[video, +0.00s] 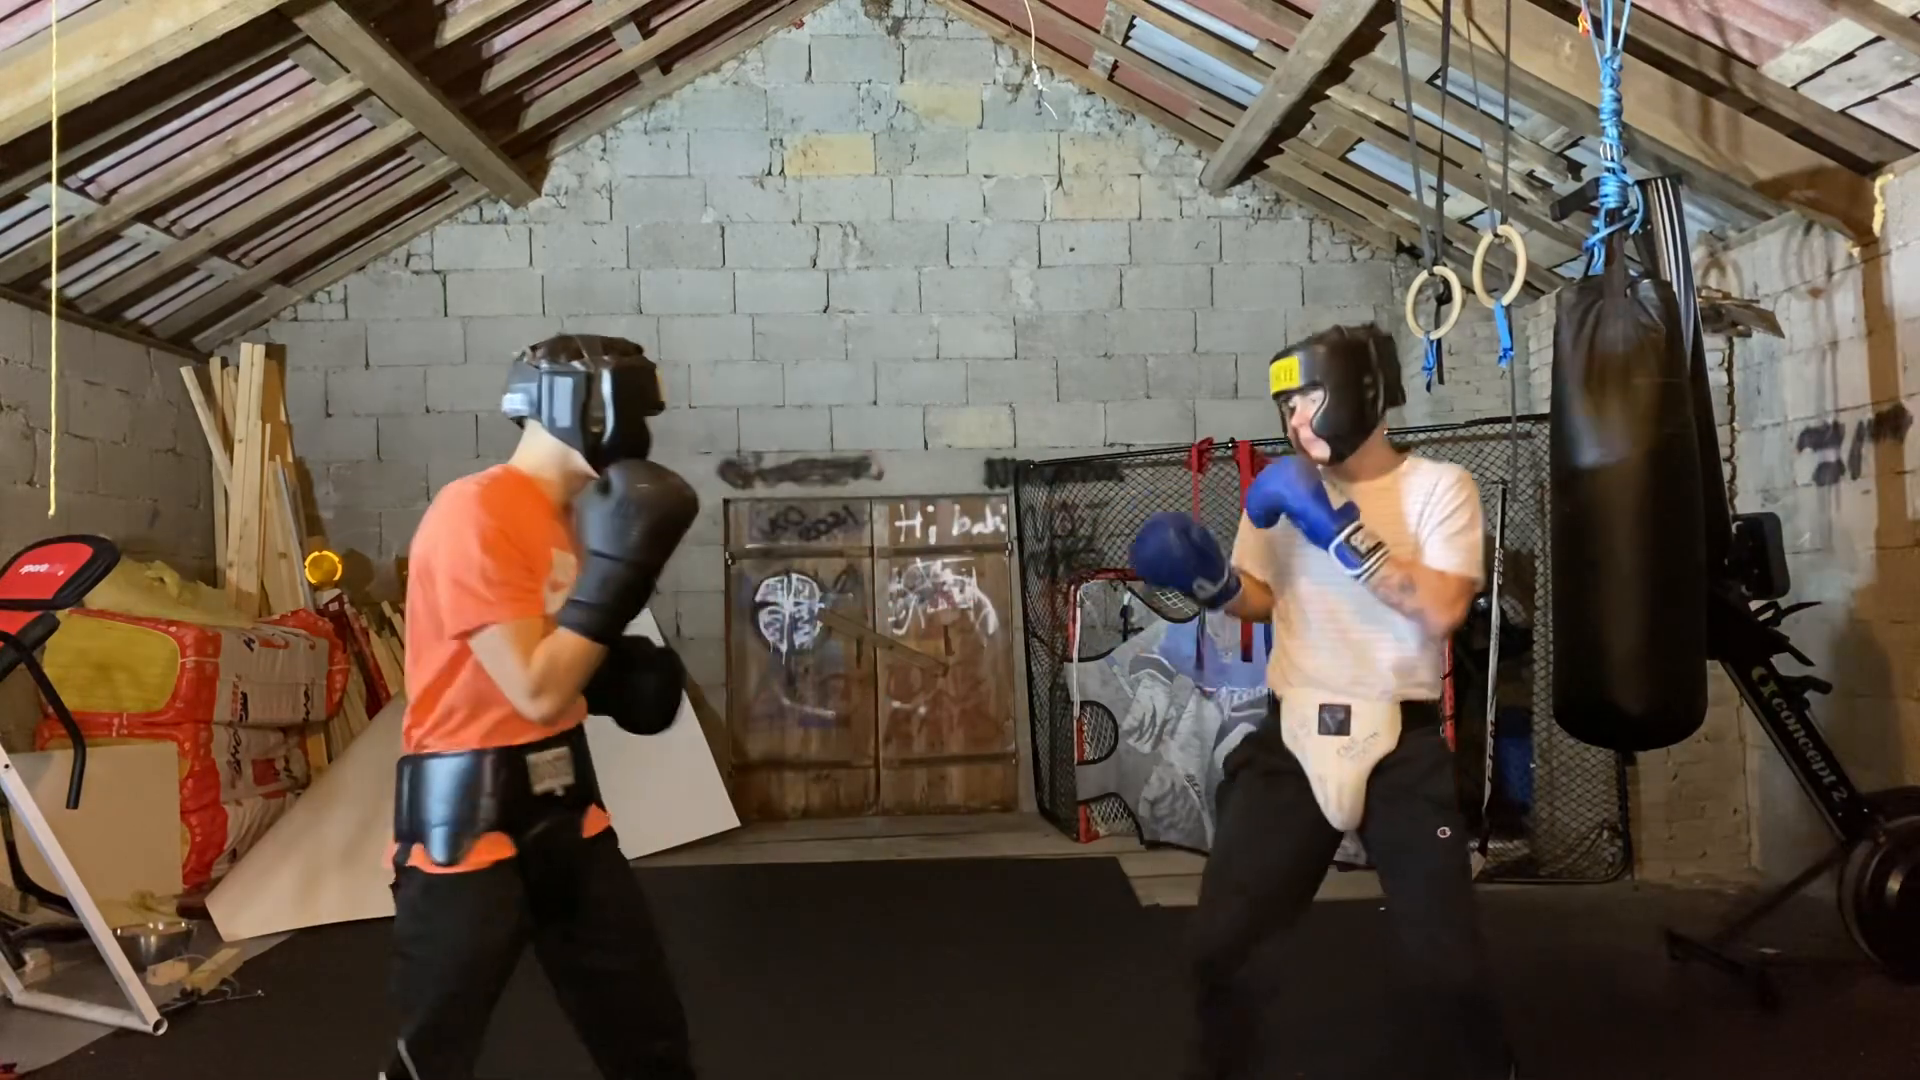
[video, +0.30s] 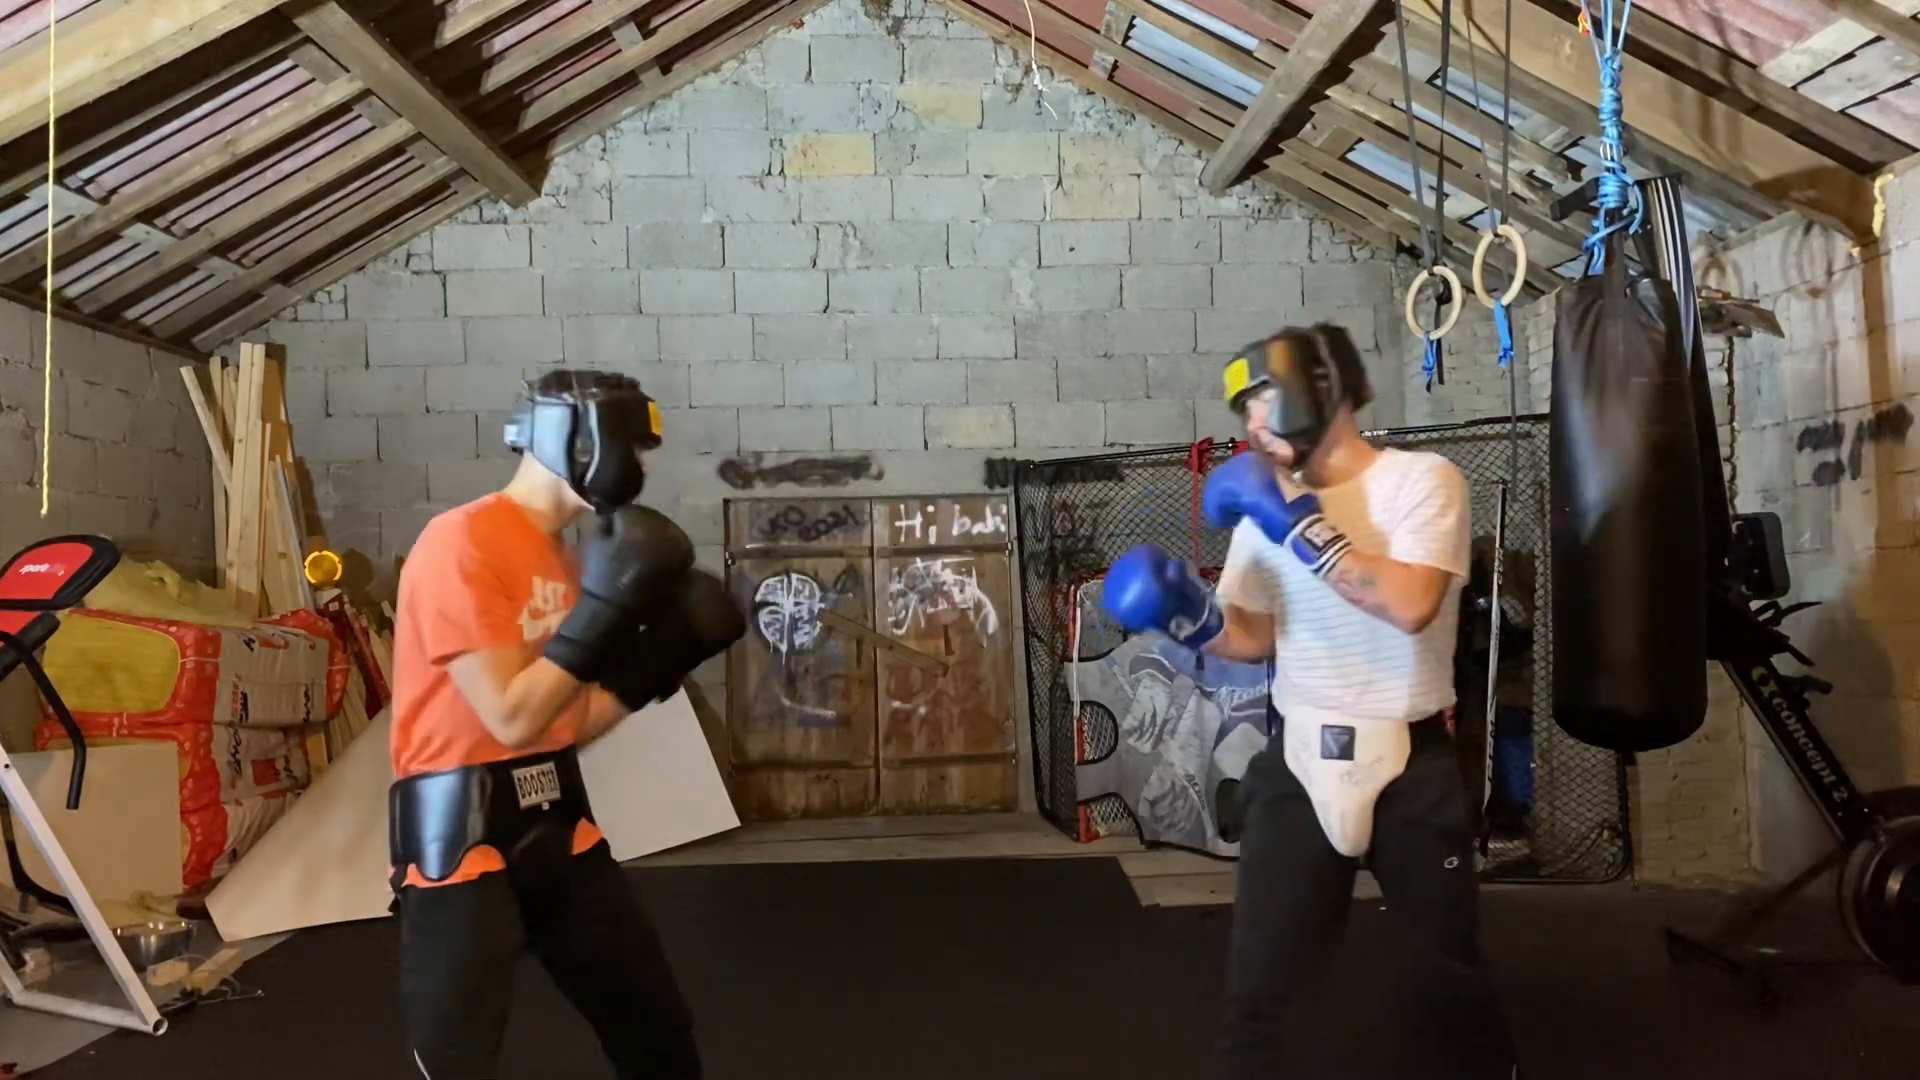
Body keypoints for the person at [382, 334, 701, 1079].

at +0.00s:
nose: (640, 437)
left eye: (640, 416)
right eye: (632, 414)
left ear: (556, 406)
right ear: (590, 410)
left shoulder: (576, 525)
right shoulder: (471, 512)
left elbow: (540, 658)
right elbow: (536, 685)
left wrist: (611, 677)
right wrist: (614, 571)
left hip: (564, 811)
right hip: (466, 826)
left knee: (650, 1045)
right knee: (432, 1059)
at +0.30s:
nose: (636, 470)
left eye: (638, 450)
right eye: (627, 448)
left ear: (574, 446)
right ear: (578, 445)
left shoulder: (574, 560)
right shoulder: (454, 544)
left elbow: (569, 727)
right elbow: (513, 716)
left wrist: (657, 657)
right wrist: (601, 609)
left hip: (553, 821)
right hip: (457, 838)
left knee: (656, 1035)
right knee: (455, 1060)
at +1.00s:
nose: (601, 459)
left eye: (605, 447)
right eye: (591, 445)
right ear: (548, 445)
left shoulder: (610, 540)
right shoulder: (471, 545)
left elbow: (712, 598)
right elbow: (567, 613)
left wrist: (694, 478)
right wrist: (595, 492)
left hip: (593, 786)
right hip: (490, 795)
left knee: (661, 1000)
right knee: (459, 1012)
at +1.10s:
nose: (597, 458)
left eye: (603, 445)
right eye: (580, 441)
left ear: (605, 459)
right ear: (530, 444)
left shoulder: (608, 533)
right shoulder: (461, 544)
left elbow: (701, 594)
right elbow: (549, 620)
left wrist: (679, 479)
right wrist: (564, 491)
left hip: (592, 780)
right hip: (489, 788)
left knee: (659, 990)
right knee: (456, 1015)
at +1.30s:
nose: (607, 451)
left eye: (618, 438)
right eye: (590, 434)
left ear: (627, 456)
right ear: (545, 440)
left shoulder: (637, 526)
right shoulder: (489, 536)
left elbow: (707, 586)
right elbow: (564, 608)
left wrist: (692, 469)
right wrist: (578, 483)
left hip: (619, 772)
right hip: (513, 777)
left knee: (684, 978)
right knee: (472, 994)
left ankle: (733, 1070)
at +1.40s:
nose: (638, 456)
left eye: (647, 442)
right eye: (623, 439)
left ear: (660, 452)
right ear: (583, 445)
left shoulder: (669, 520)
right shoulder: (522, 534)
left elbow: (722, 584)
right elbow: (588, 606)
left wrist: (714, 465)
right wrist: (603, 493)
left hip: (647, 769)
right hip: (543, 770)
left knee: (692, 980)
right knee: (491, 982)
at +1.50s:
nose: (653, 458)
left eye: (664, 445)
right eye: (638, 441)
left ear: (682, 452)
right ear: (602, 444)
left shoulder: (694, 516)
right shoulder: (549, 528)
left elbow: (743, 582)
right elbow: (605, 605)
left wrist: (734, 465)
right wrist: (623, 487)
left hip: (664, 766)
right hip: (564, 763)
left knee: (698, 976)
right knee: (507, 971)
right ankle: (492, 1073)